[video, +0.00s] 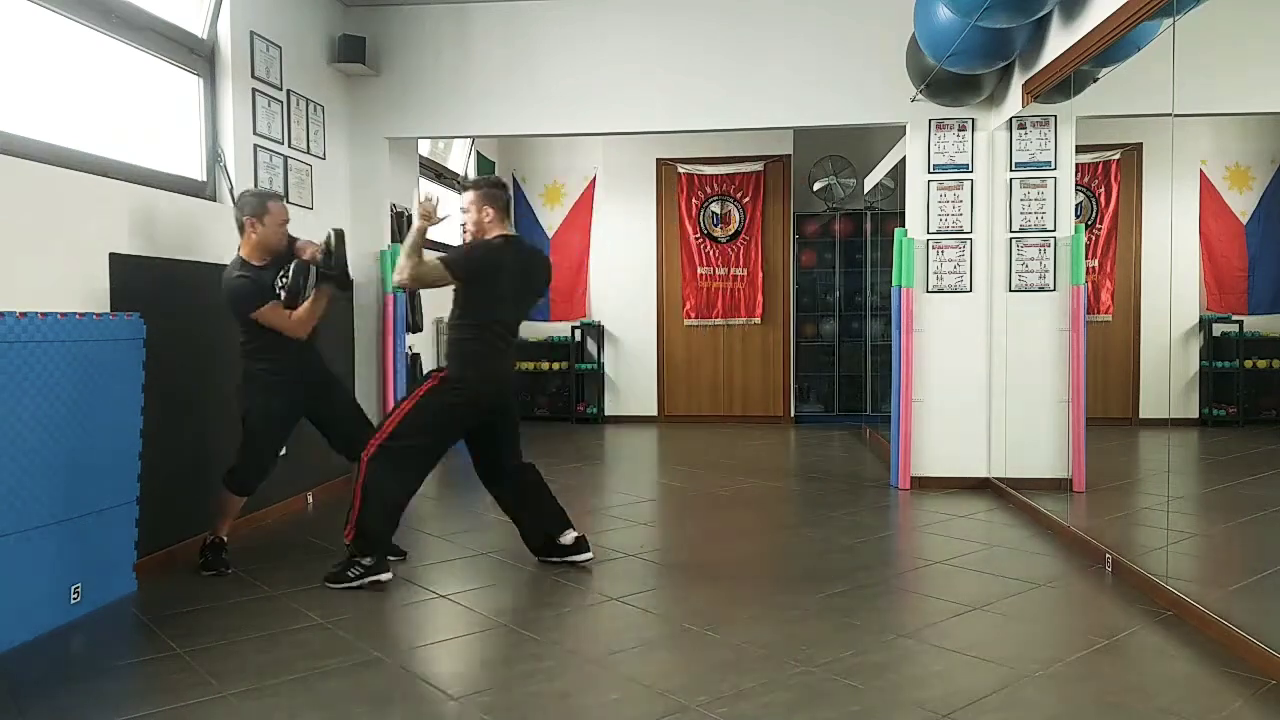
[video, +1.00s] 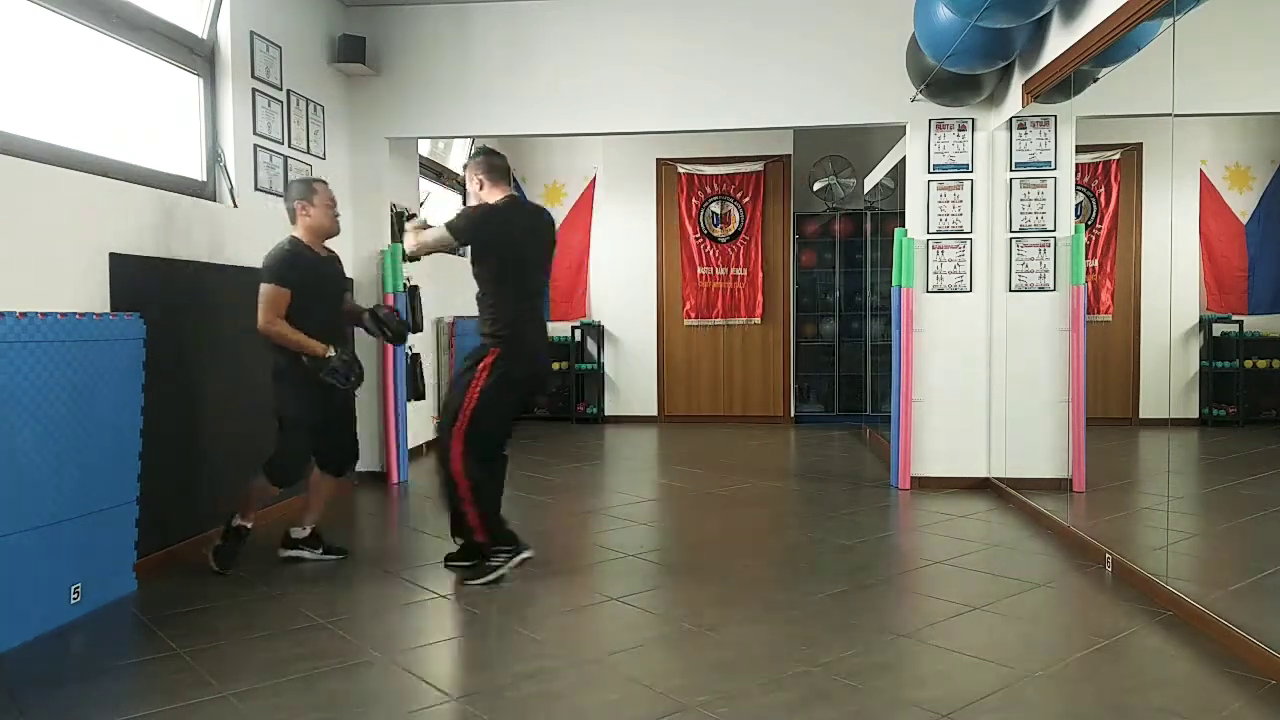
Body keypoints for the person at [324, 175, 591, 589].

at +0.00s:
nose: (463, 223)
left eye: (467, 214)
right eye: (463, 215)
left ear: (490, 214)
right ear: (503, 216)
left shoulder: (482, 255)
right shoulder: (537, 263)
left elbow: (406, 274)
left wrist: (419, 226)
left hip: (461, 380)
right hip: (498, 382)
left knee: (381, 455)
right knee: (504, 467)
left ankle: (366, 557)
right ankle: (562, 540)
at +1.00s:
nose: (467, 192)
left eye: (467, 184)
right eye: (467, 185)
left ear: (479, 180)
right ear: (509, 178)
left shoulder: (479, 218)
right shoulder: (543, 218)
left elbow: (415, 245)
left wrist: (416, 229)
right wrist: (446, 233)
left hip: (501, 351)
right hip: (533, 350)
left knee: (455, 441)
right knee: (488, 444)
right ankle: (478, 543)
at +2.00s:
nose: (747, 209)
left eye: (748, 198)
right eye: (743, 201)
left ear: (772, 189)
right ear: (774, 192)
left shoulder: (806, 228)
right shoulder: (789, 232)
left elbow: (754, 279)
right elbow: (762, 284)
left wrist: (719, 236)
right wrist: (733, 238)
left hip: (842, 371)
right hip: (804, 373)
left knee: (860, 467)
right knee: (769, 454)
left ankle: (911, 563)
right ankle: (798, 553)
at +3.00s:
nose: (739, 196)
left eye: (743, 187)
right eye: (739, 188)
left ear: (767, 189)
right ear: (766, 190)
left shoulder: (806, 232)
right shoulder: (766, 235)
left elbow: (740, 273)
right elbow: (719, 265)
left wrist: (743, 221)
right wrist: (710, 231)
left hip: (809, 376)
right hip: (761, 374)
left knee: (840, 471)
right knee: (714, 449)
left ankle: (898, 557)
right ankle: (712, 544)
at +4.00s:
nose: (592, 208)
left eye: (595, 199)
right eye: (591, 200)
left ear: (615, 192)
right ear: (619, 195)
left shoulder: (650, 222)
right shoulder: (624, 245)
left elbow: (591, 258)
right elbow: (611, 318)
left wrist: (591, 213)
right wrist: (571, 291)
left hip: (674, 363)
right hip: (637, 366)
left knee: (655, 462)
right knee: (599, 450)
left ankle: (696, 565)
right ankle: (630, 537)